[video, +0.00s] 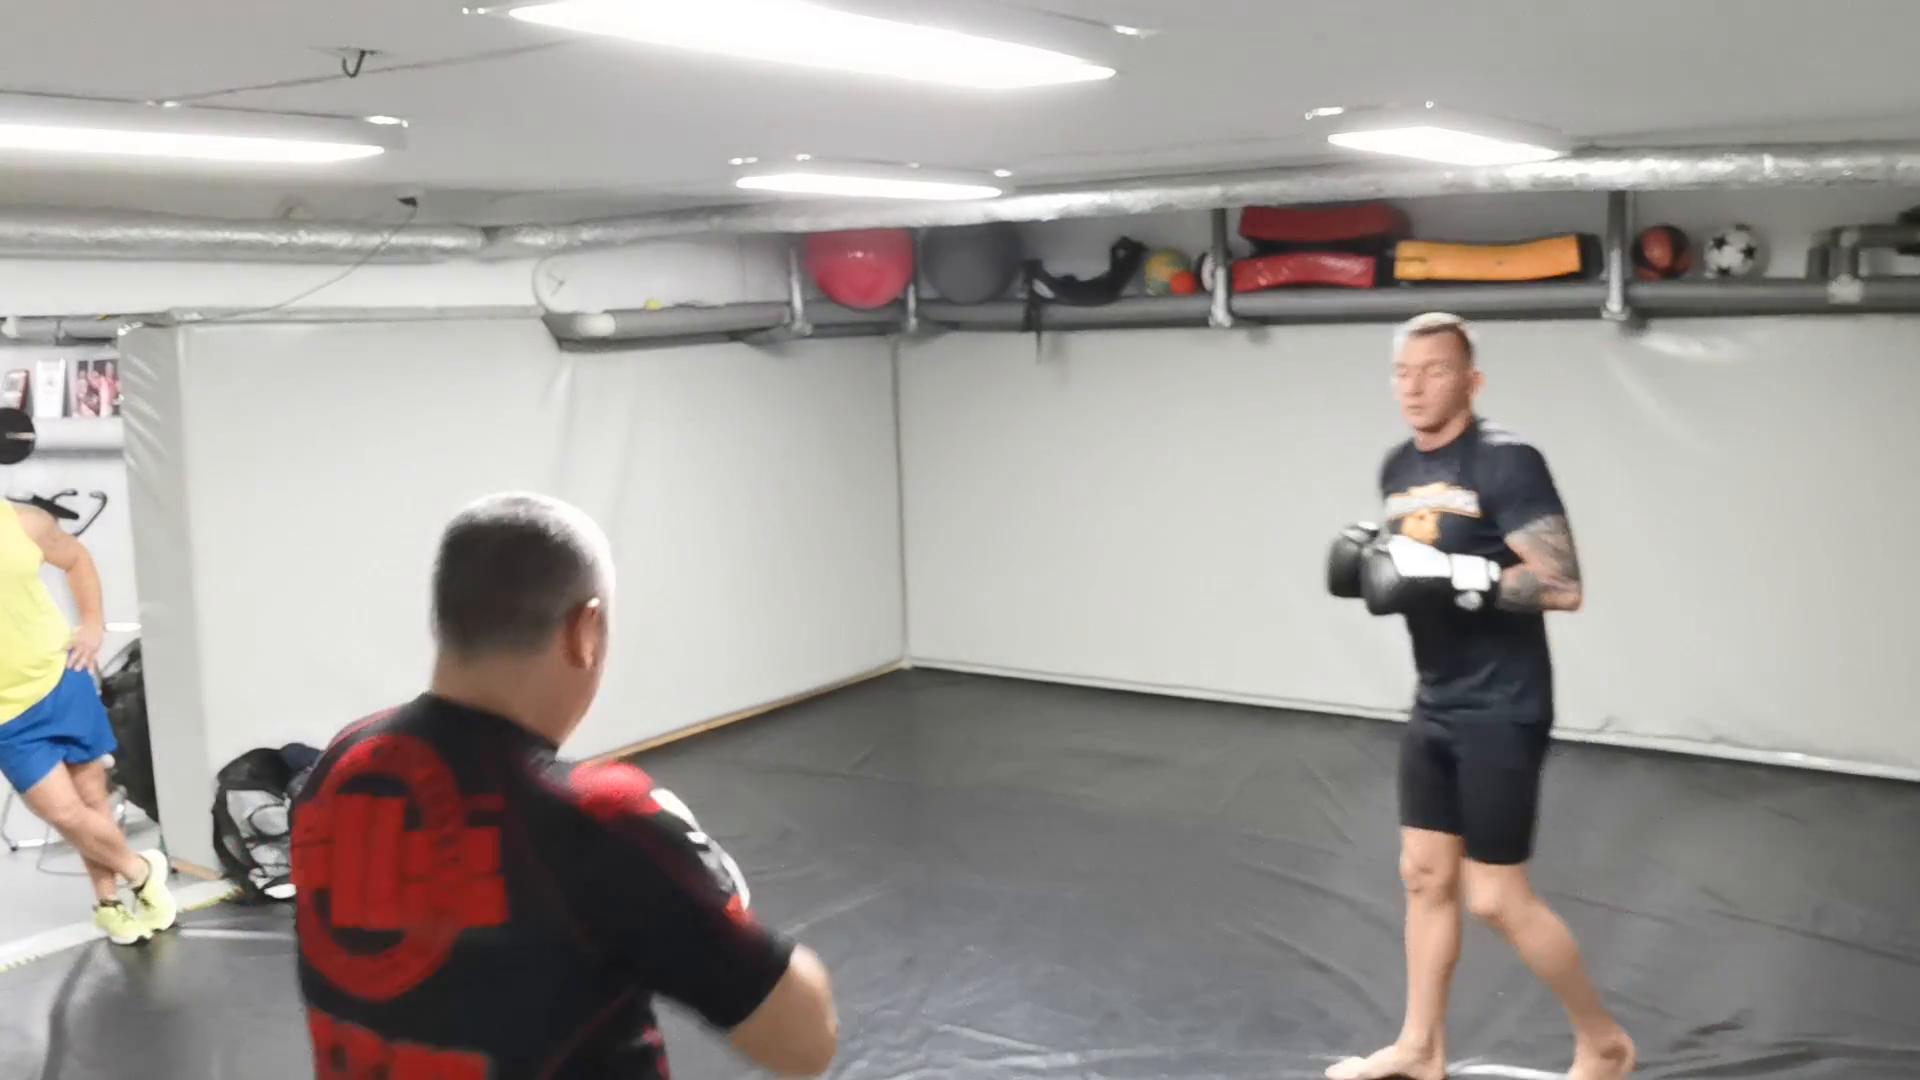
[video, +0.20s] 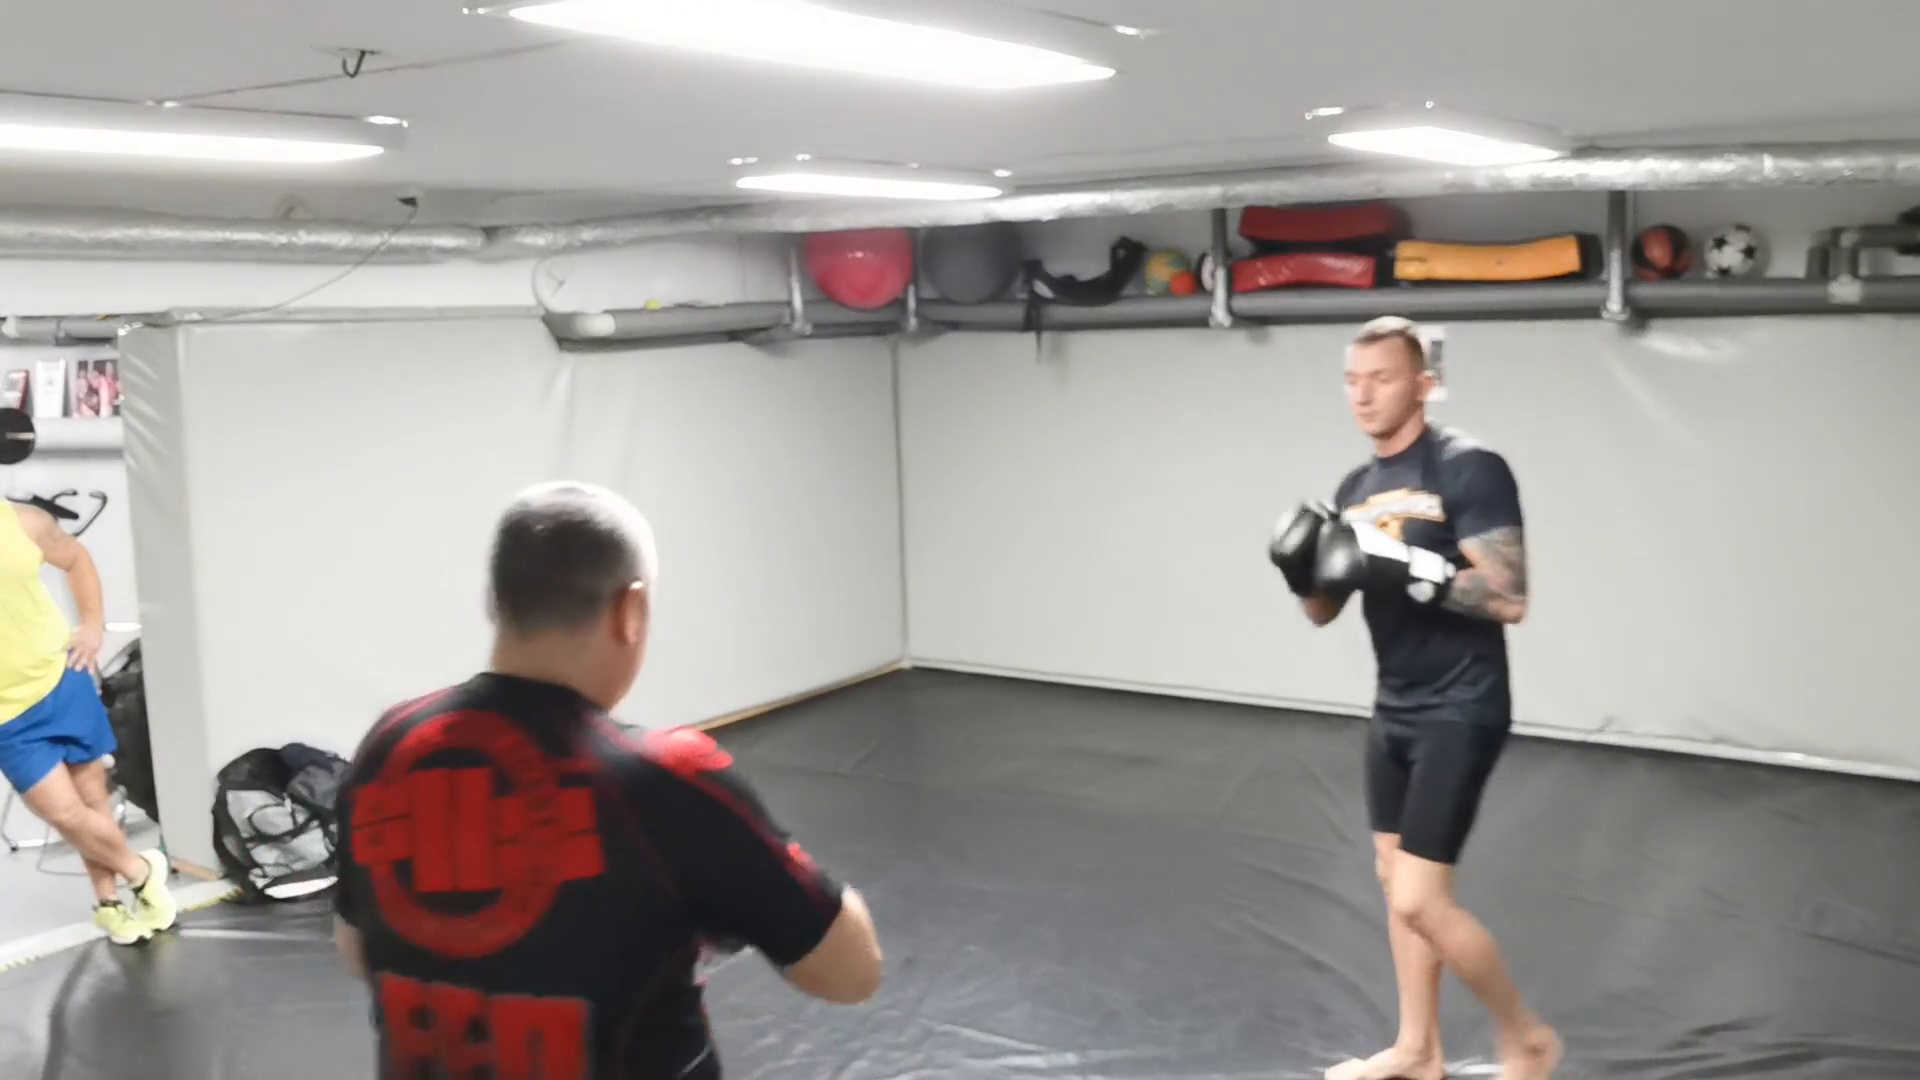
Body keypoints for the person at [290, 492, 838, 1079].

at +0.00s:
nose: (605, 661)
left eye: (611, 634)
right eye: (610, 633)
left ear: (445, 618)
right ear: (586, 635)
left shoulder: (335, 773)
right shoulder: (597, 819)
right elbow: (804, 1043)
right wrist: (716, 887)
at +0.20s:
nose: (651, 637)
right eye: (653, 612)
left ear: (495, 605)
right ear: (629, 616)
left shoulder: (389, 748)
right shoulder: (662, 780)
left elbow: (362, 952)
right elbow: (853, 971)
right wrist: (737, 880)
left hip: (424, 1073)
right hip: (638, 1067)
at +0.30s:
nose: (679, 633)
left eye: (684, 611)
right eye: (682, 609)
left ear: (533, 601)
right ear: (660, 612)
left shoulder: (425, 740)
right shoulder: (697, 769)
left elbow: (382, 940)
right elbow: (875, 949)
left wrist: (516, 893)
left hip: (465, 1069)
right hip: (665, 1064)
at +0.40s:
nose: (715, 623)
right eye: (718, 601)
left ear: (575, 595)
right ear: (703, 603)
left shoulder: (465, 728)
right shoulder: (741, 758)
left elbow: (416, 925)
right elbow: (904, 924)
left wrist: (552, 882)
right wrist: (811, 815)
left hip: (503, 1066)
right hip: (696, 1063)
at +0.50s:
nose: (750, 597)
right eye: (750, 576)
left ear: (610, 570)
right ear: (737, 580)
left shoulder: (504, 699)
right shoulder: (777, 729)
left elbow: (442, 888)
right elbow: (914, 906)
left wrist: (570, 859)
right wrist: (799, 830)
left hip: (540, 1058)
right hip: (724, 1059)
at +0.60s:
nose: (771, 584)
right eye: (771, 564)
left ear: (634, 554)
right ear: (755, 566)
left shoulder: (528, 678)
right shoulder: (793, 708)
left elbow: (459, 857)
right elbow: (923, 882)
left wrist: (576, 838)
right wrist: (831, 791)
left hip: (566, 1052)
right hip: (736, 1054)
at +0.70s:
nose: (779, 570)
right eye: (780, 550)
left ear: (646, 542)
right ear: (761, 552)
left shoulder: (542, 661)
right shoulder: (797, 690)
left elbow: (466, 837)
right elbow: (928, 865)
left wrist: (579, 827)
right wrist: (843, 791)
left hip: (580, 1043)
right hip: (741, 1044)